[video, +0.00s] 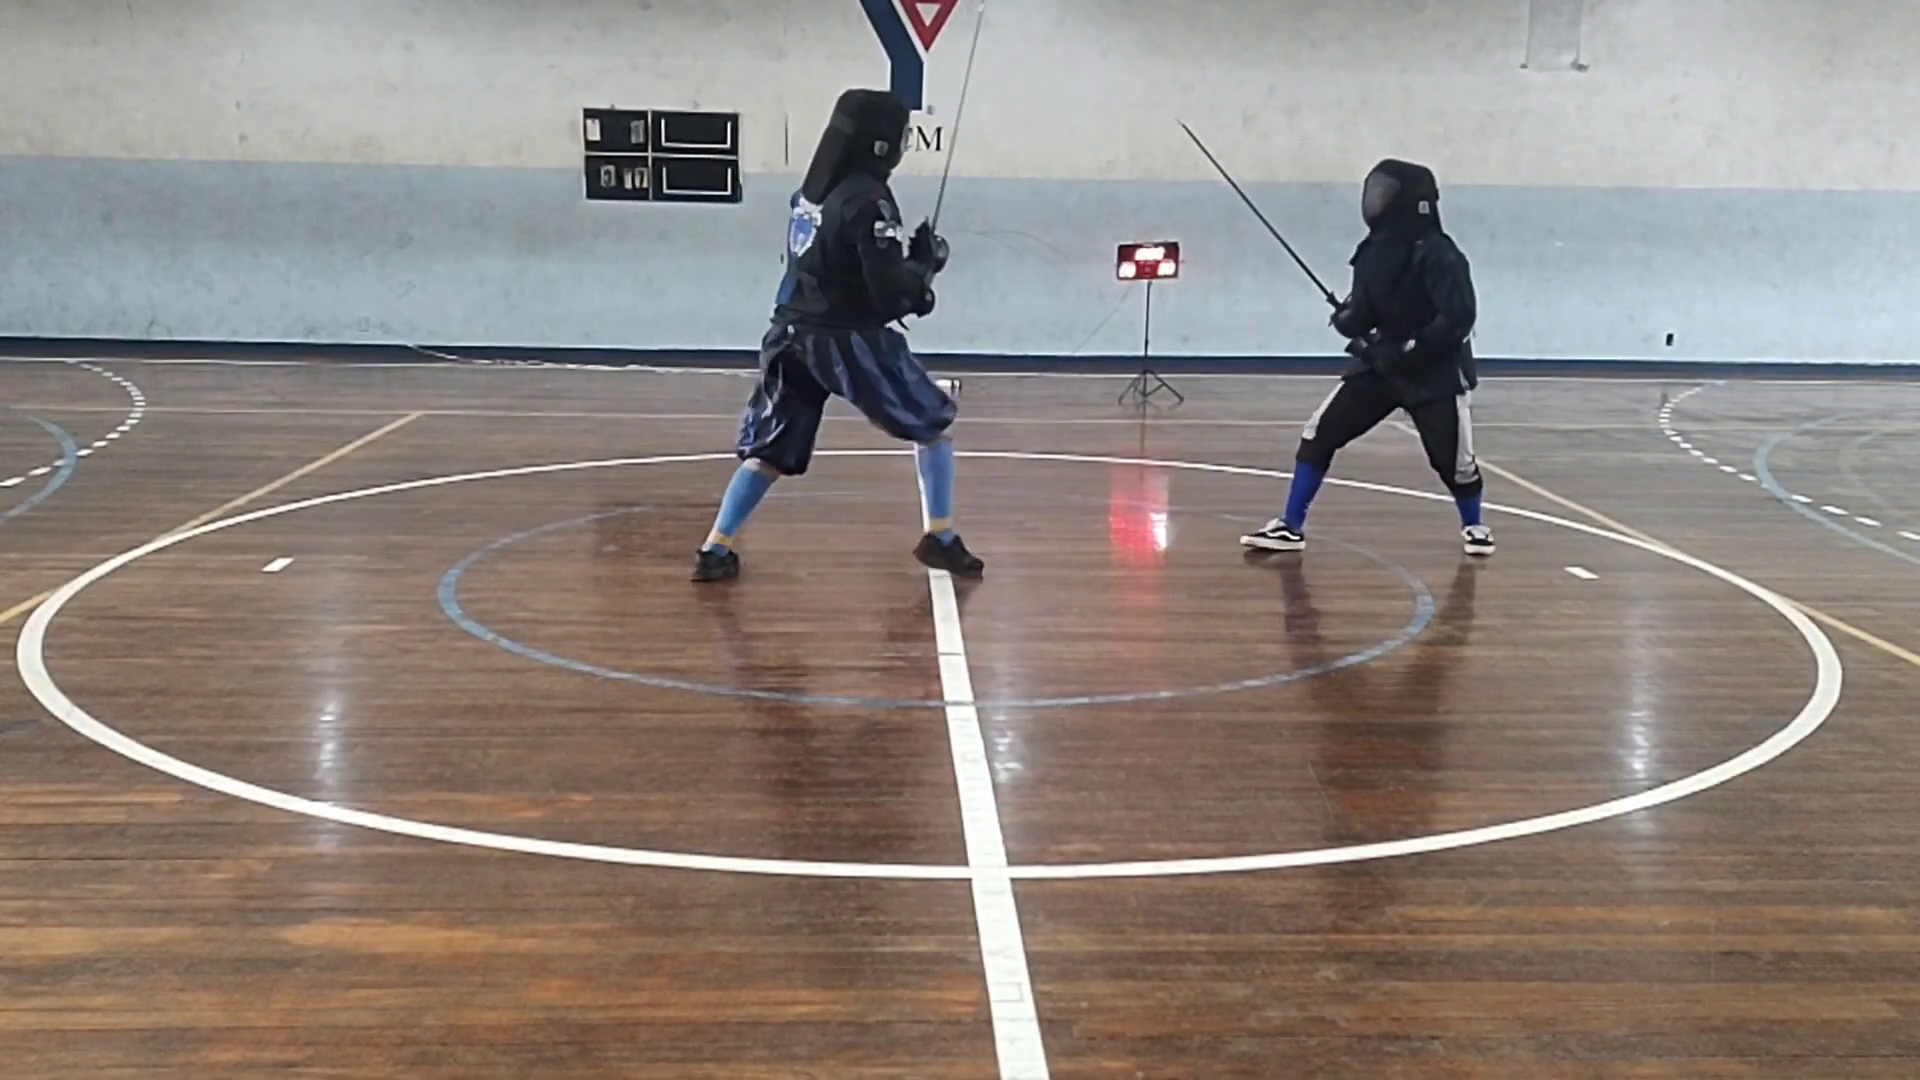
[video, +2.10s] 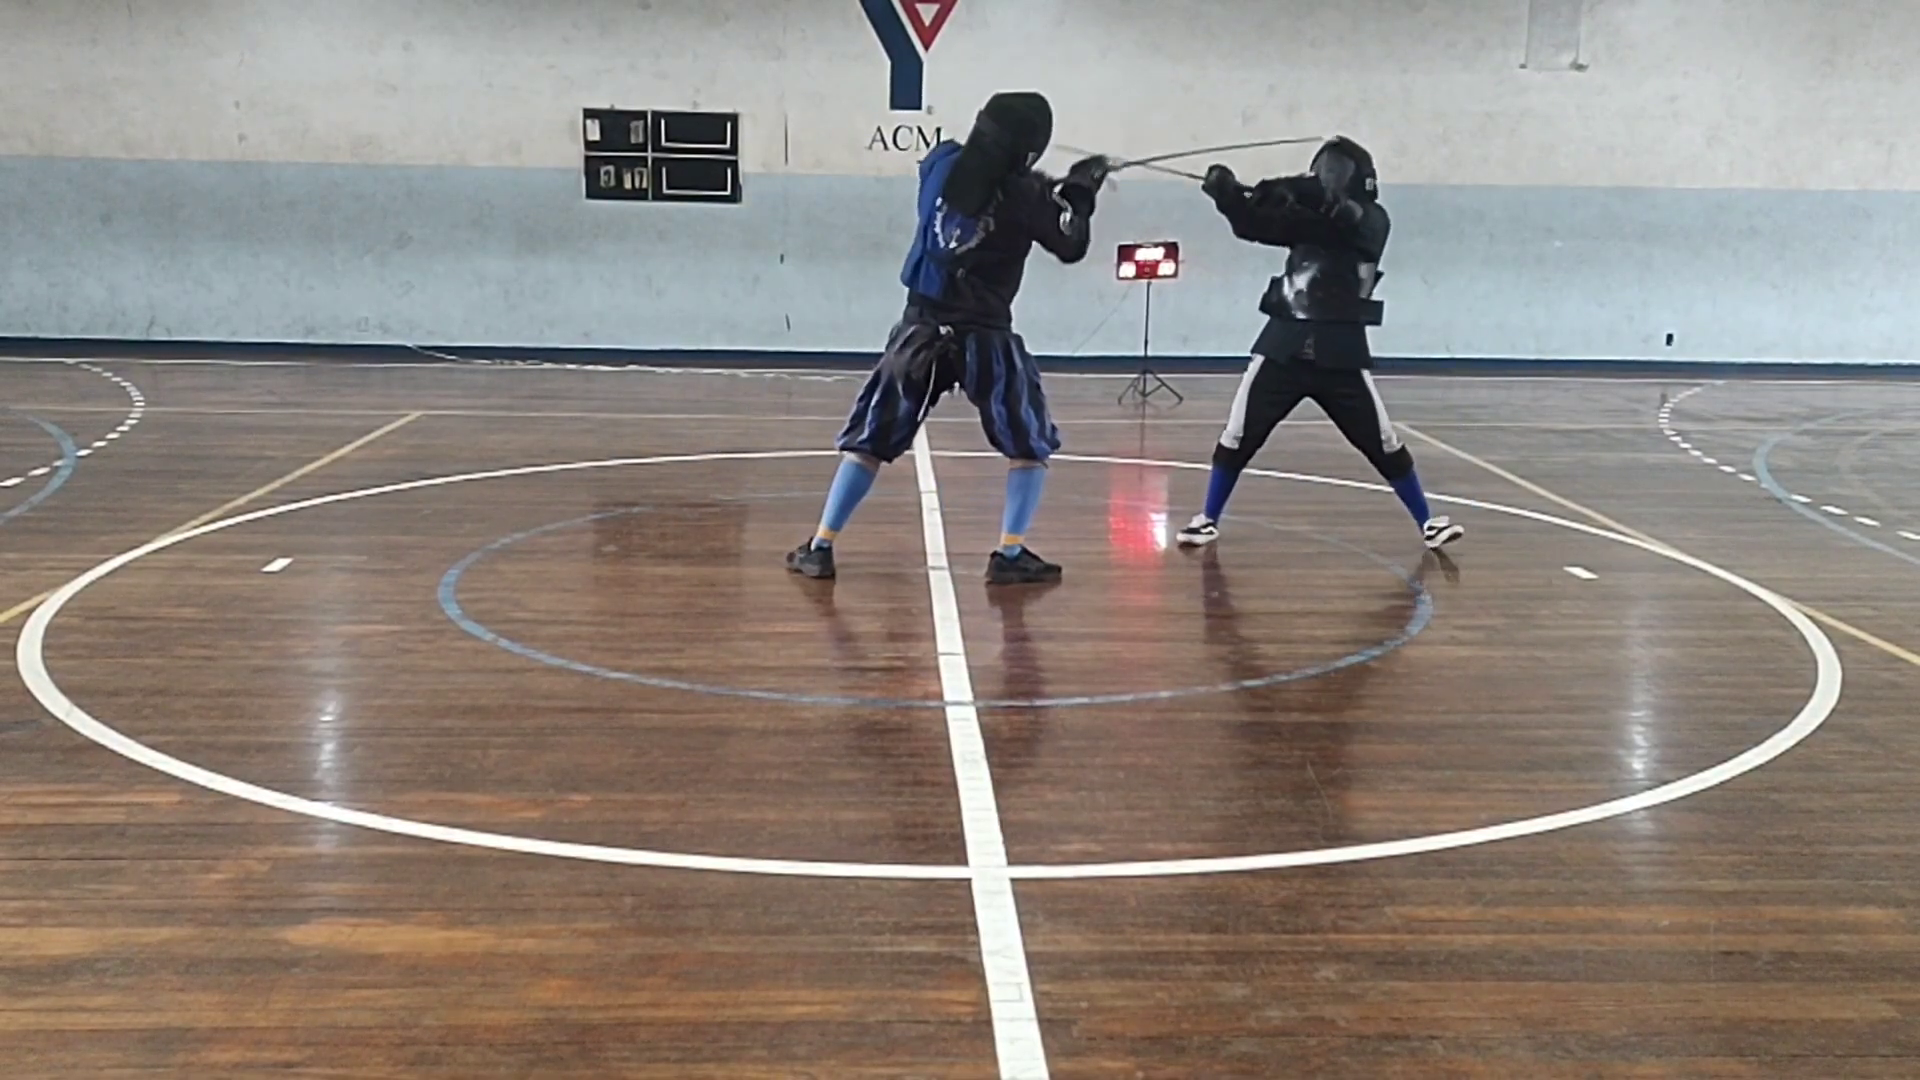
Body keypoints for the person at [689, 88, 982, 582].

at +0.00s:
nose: (901, 148)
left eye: (901, 138)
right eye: (898, 139)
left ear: (846, 136)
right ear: (880, 144)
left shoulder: (812, 187)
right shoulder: (869, 201)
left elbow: (828, 269)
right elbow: (892, 285)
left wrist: (904, 270)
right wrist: (925, 264)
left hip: (792, 333)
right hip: (853, 338)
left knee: (772, 445)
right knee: (932, 423)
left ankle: (716, 547)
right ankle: (940, 535)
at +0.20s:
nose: (933, 154)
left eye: (932, 145)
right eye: (931, 146)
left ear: (875, 141)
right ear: (919, 151)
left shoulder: (847, 194)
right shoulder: (918, 208)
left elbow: (890, 274)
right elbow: (968, 286)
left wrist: (961, 282)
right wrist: (1000, 262)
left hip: (828, 333)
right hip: (893, 341)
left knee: (785, 443)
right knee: (957, 443)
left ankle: (716, 540)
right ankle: (1002, 551)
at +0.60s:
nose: (962, 152)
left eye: (958, 143)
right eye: (959, 143)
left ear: (905, 142)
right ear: (948, 151)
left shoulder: (879, 186)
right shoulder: (948, 206)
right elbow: (1025, 252)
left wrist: (983, 222)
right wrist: (1063, 227)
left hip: (855, 336)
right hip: (920, 343)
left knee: (808, 443)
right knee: (991, 435)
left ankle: (732, 531)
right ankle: (1008, 550)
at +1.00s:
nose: (987, 147)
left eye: (988, 141)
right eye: (984, 139)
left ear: (935, 137)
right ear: (972, 148)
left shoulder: (905, 172)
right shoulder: (974, 199)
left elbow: (967, 173)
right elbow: (1046, 212)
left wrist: (1014, 166)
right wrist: (1096, 196)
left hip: (875, 335)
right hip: (938, 341)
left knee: (828, 437)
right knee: (1005, 435)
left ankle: (757, 533)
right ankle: (1010, 552)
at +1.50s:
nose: (1033, 156)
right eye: (1030, 148)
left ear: (974, 128)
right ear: (1016, 151)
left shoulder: (937, 162)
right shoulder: (1014, 202)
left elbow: (981, 100)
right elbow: (1074, 169)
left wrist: (1045, 94)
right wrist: (1113, 126)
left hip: (910, 328)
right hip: (975, 336)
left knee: (869, 434)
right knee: (1025, 441)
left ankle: (806, 537)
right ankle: (1009, 552)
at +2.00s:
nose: (1041, 155)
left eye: (1042, 145)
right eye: (1038, 146)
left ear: (989, 129)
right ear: (1027, 149)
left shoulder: (946, 160)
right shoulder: (1027, 199)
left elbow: (1000, 122)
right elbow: (1084, 196)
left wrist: (1070, 136)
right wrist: (1114, 145)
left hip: (922, 328)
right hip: (989, 337)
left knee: (874, 434)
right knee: (1032, 441)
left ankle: (820, 546)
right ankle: (1010, 553)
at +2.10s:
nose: (1039, 148)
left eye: (1038, 141)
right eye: (1038, 141)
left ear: (983, 126)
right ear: (1028, 144)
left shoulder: (940, 162)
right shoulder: (1026, 194)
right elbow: (1072, 244)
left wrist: (1032, 184)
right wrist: (1081, 195)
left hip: (919, 330)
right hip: (985, 337)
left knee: (873, 434)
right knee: (1030, 441)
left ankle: (820, 545)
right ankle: (1011, 550)